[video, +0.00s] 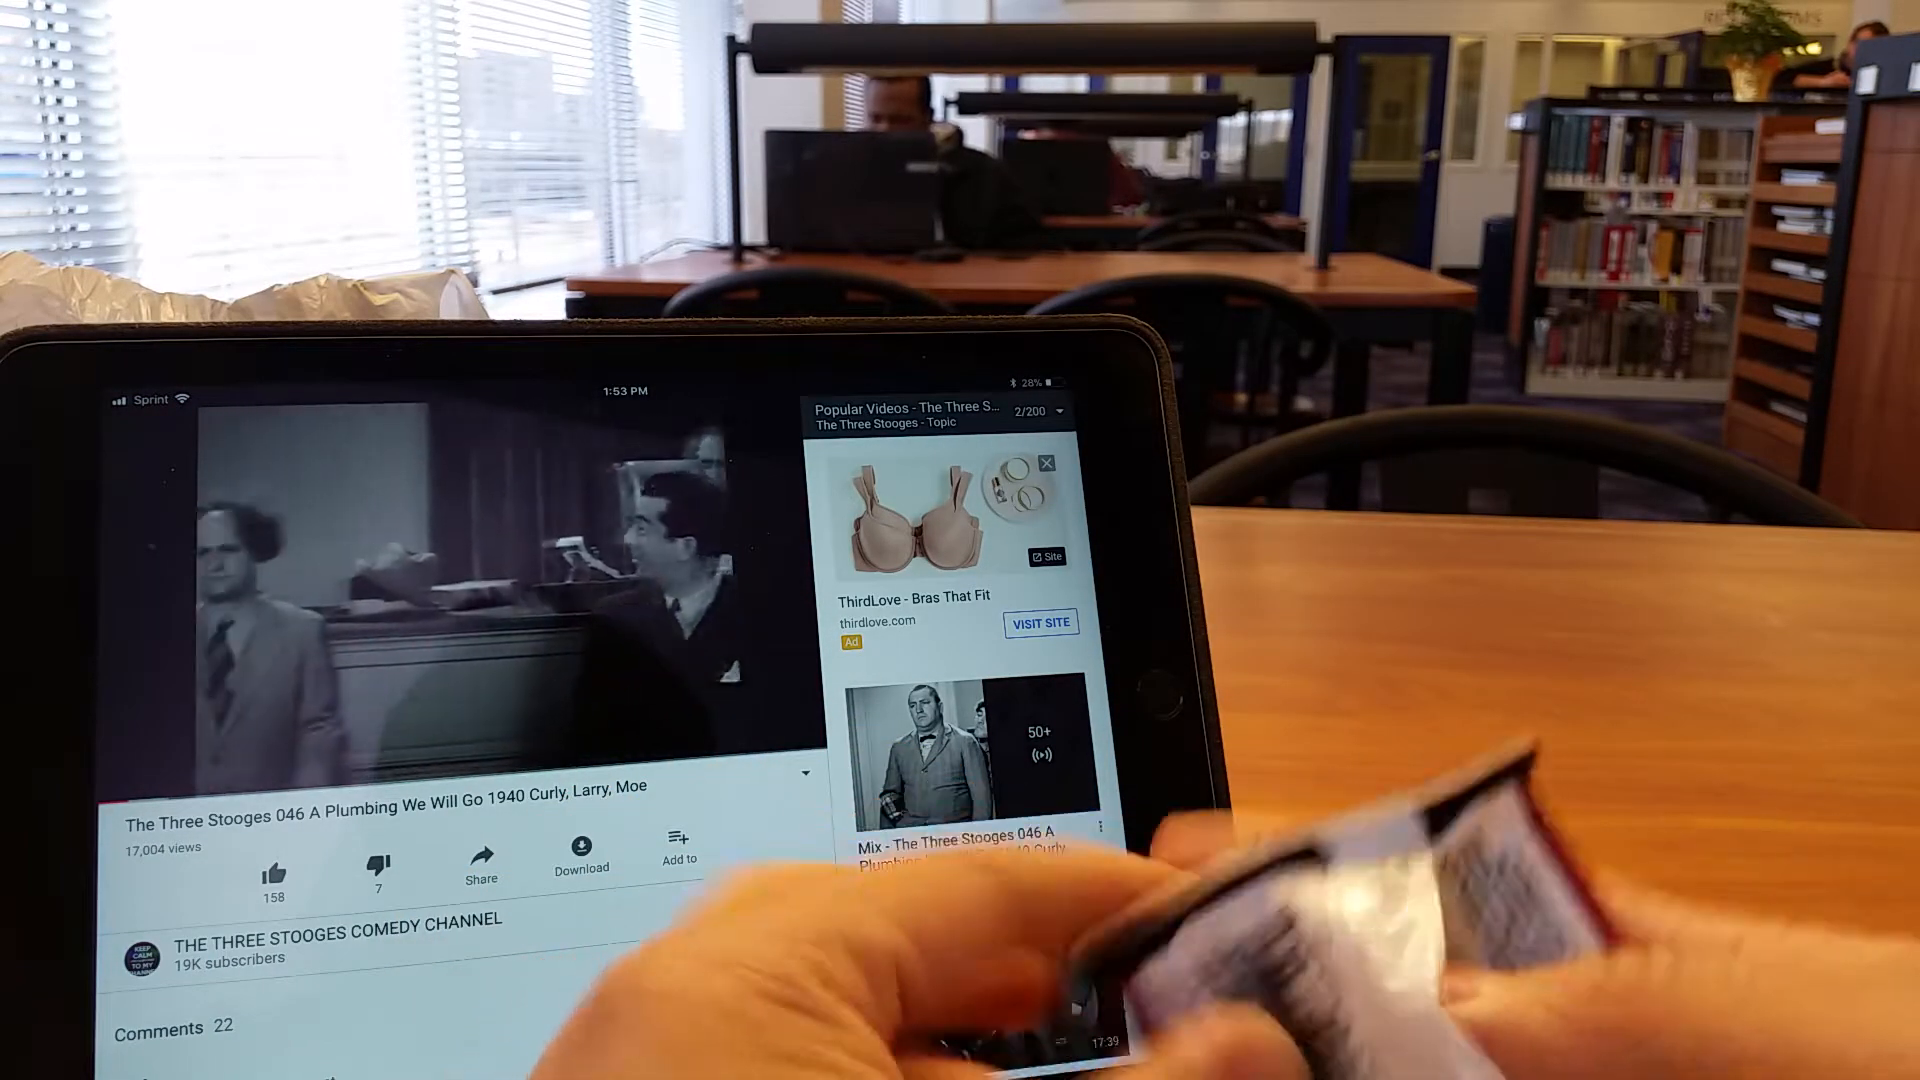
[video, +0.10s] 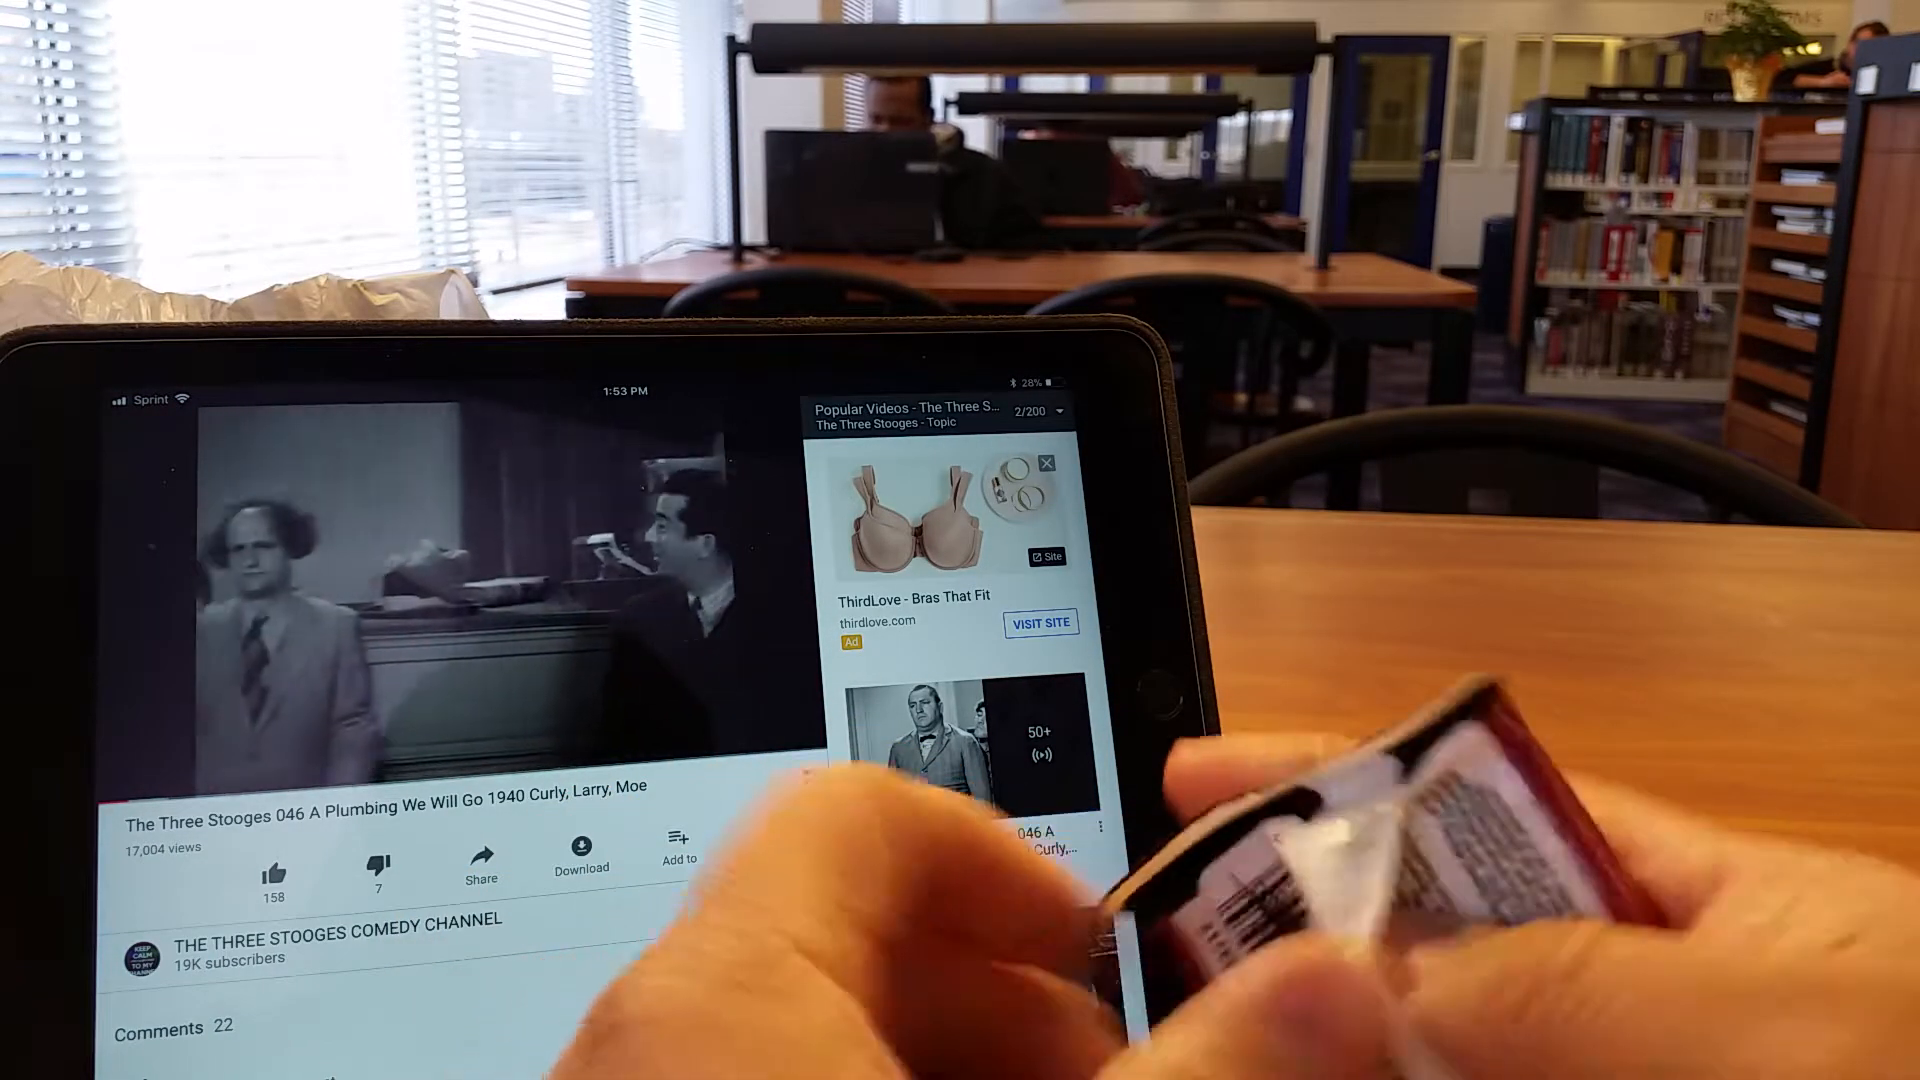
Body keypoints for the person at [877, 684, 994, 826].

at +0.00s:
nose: (919, 710)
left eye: (925, 703)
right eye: (913, 705)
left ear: (939, 707)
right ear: (909, 711)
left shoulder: (964, 742)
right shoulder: (899, 748)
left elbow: (981, 794)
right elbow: (890, 793)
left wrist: (979, 834)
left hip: (956, 832)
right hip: (910, 835)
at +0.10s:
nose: (919, 710)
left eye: (925, 703)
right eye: (913, 706)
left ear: (940, 707)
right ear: (910, 712)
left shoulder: (964, 742)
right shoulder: (899, 749)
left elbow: (981, 796)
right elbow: (892, 797)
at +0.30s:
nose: (919, 709)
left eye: (925, 703)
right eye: (913, 705)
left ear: (939, 707)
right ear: (909, 711)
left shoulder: (964, 742)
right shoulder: (899, 748)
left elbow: (981, 795)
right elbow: (891, 792)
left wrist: (979, 835)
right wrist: (889, 802)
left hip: (955, 830)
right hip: (911, 833)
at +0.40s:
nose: (919, 710)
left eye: (925, 703)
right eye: (913, 705)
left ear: (940, 707)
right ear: (909, 711)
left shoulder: (964, 742)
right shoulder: (899, 748)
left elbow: (981, 796)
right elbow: (890, 796)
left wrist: (979, 835)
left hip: (956, 833)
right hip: (911, 836)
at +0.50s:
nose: (919, 710)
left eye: (925, 703)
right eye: (913, 705)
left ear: (940, 707)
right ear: (909, 711)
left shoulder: (964, 742)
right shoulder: (899, 748)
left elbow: (981, 796)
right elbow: (890, 796)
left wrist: (978, 835)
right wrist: (886, 838)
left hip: (956, 833)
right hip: (911, 836)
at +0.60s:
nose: (919, 710)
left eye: (925, 703)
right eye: (913, 705)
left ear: (940, 707)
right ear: (909, 711)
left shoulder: (964, 742)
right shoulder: (899, 749)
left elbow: (981, 796)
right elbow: (890, 794)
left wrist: (979, 835)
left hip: (956, 834)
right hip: (910, 837)